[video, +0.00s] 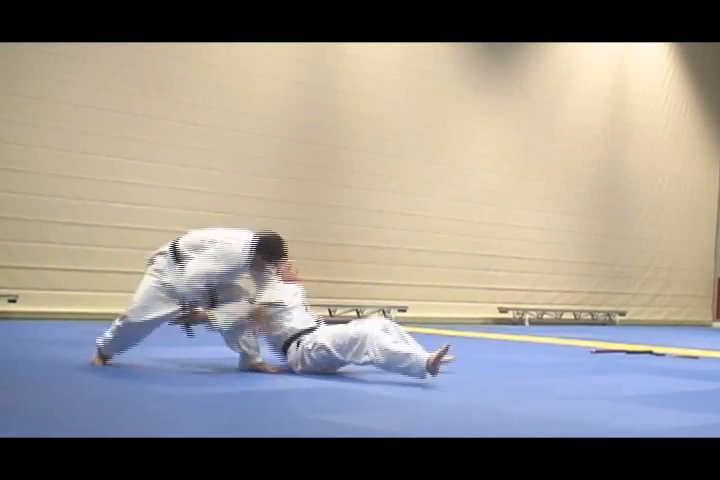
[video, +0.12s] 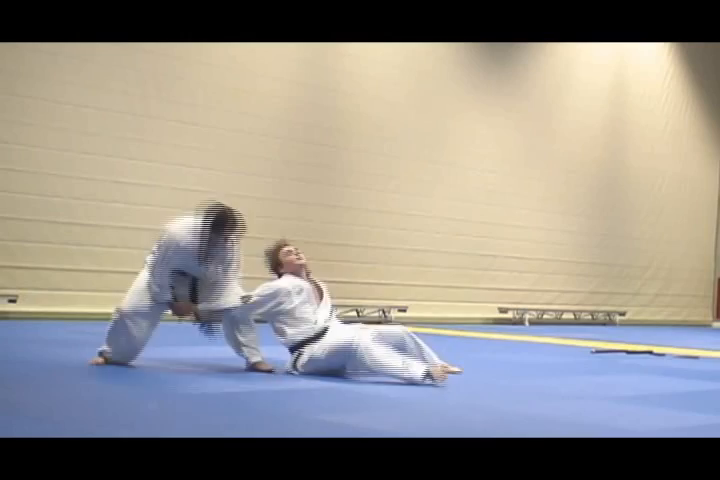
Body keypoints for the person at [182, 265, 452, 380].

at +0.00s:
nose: (295, 272)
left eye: (295, 267)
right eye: (289, 268)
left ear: (288, 272)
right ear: (276, 272)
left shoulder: (287, 293)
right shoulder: (274, 292)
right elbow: (251, 313)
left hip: (320, 336)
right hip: (302, 346)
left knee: (382, 324)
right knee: (365, 334)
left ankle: (423, 359)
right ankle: (422, 364)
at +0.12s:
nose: (297, 254)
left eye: (297, 251)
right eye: (289, 254)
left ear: (302, 258)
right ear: (279, 266)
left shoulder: (315, 286)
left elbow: (324, 319)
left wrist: (344, 334)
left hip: (334, 336)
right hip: (309, 351)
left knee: (399, 334)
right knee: (359, 345)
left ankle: (434, 364)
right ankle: (423, 374)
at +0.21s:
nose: (285, 260)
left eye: (287, 255)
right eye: (277, 259)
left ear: (297, 258)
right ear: (271, 269)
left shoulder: (318, 279)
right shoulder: (269, 292)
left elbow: (336, 308)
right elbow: (229, 300)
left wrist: (367, 312)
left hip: (341, 335)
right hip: (315, 355)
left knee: (408, 343)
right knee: (361, 365)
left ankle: (443, 366)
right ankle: (426, 377)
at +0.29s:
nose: (257, 268)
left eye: (262, 262)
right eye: (253, 266)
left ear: (280, 260)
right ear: (254, 271)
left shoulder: (303, 276)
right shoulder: (256, 296)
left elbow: (334, 290)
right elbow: (217, 293)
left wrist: (359, 286)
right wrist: (183, 286)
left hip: (337, 328)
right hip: (315, 353)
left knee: (393, 346)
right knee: (364, 371)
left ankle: (435, 365)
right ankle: (424, 376)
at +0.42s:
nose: (233, 295)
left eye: (238, 289)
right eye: (229, 291)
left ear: (254, 286)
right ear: (225, 292)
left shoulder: (277, 297)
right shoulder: (229, 315)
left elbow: (320, 297)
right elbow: (199, 299)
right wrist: (178, 278)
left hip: (326, 335)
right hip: (310, 362)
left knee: (384, 349)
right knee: (374, 371)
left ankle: (437, 360)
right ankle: (433, 376)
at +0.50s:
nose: (219, 327)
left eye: (222, 319)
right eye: (211, 323)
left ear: (231, 312)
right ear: (205, 325)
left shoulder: (251, 322)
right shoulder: (218, 339)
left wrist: (238, 325)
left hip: (308, 340)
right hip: (298, 360)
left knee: (369, 345)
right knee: (365, 366)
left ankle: (428, 356)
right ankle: (431, 373)